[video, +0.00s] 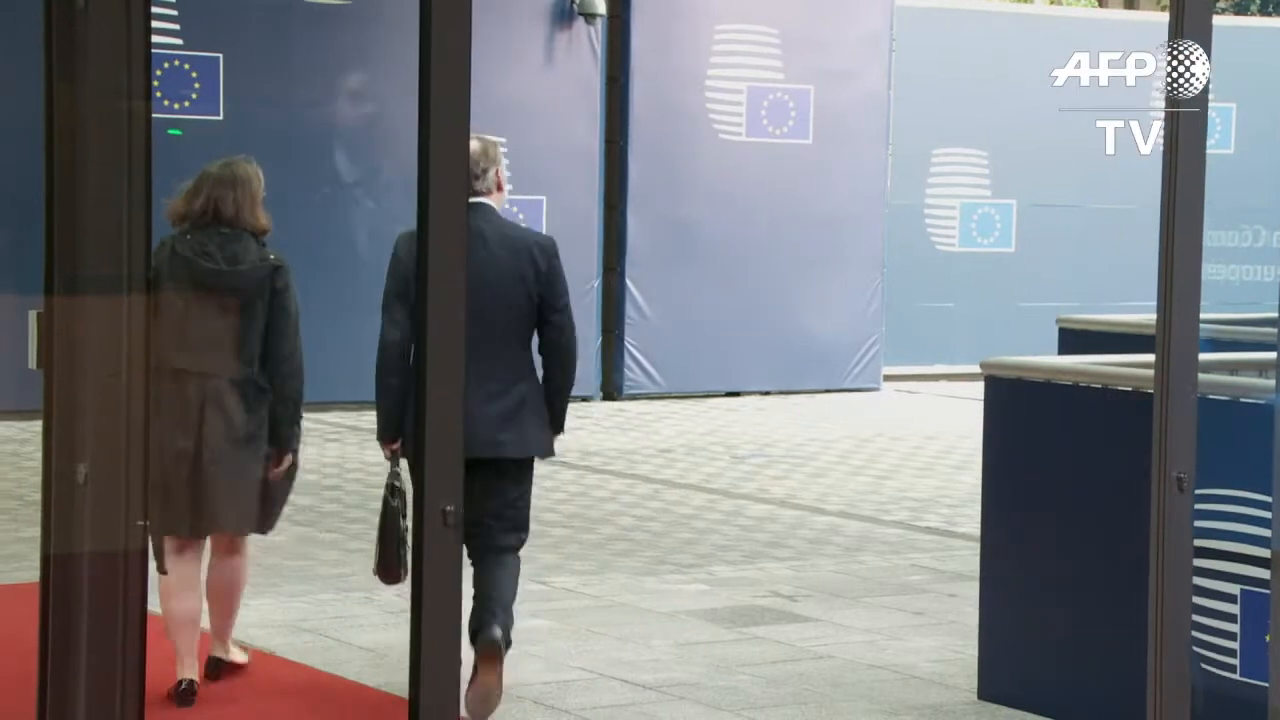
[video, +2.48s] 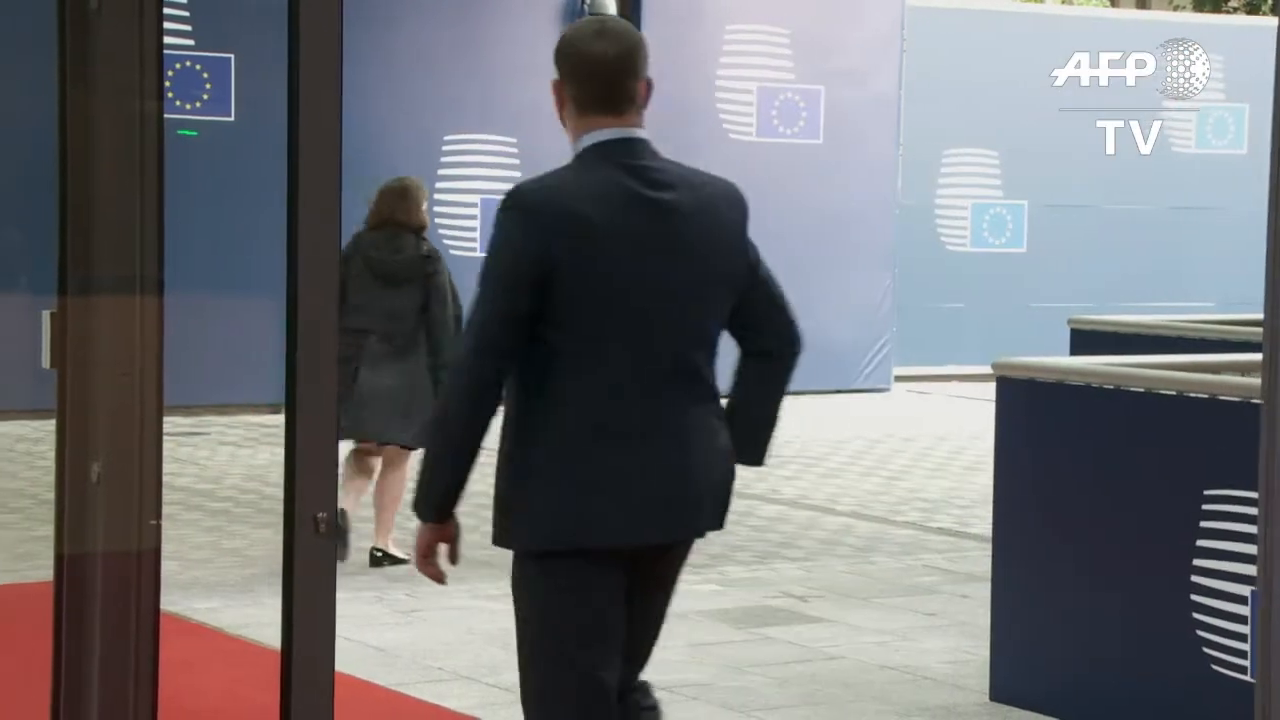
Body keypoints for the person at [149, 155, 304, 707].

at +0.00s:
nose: (263, 206)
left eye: (260, 196)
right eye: (260, 198)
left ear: (197, 198)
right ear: (252, 204)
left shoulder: (161, 260)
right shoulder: (269, 270)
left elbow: (138, 346)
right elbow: (284, 362)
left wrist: (137, 420)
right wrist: (286, 438)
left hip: (167, 419)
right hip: (237, 421)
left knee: (181, 548)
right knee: (230, 545)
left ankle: (186, 672)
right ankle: (222, 646)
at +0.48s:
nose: (280, 203)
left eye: (276, 193)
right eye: (276, 195)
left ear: (218, 197)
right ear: (268, 201)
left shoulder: (189, 253)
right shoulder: (287, 263)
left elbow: (154, 324)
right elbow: (318, 349)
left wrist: (176, 348)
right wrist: (329, 416)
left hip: (192, 399)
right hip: (254, 403)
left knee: (191, 511)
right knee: (229, 525)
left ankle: (190, 618)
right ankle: (207, 639)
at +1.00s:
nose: (293, 205)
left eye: (291, 197)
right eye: (290, 198)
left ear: (238, 197)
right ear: (279, 203)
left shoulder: (205, 248)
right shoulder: (295, 258)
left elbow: (173, 310)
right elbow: (308, 336)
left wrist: (195, 331)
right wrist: (309, 401)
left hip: (208, 387)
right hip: (268, 390)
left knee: (220, 502)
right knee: (269, 494)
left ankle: (226, 610)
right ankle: (256, 594)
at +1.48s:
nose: (319, 206)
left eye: (315, 198)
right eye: (316, 199)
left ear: (267, 198)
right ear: (311, 204)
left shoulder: (240, 245)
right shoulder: (322, 257)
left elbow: (210, 304)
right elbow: (335, 323)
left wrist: (215, 332)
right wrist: (333, 371)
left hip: (244, 375)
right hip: (299, 380)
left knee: (243, 473)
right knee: (277, 488)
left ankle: (235, 557)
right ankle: (258, 585)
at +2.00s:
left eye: (289, 208)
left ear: (292, 211)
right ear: (339, 206)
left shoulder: (278, 246)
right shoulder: (355, 252)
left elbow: (250, 303)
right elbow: (373, 325)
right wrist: (373, 380)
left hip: (286, 381)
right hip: (339, 384)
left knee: (285, 474)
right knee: (334, 475)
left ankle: (291, 560)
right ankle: (325, 562)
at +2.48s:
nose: (428, 211)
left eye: (426, 204)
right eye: (425, 205)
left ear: (378, 208)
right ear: (418, 211)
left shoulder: (352, 256)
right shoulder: (427, 260)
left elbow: (335, 318)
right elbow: (444, 331)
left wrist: (333, 376)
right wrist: (448, 389)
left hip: (359, 368)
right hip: (409, 370)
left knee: (364, 452)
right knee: (395, 461)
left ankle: (342, 508)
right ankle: (382, 544)